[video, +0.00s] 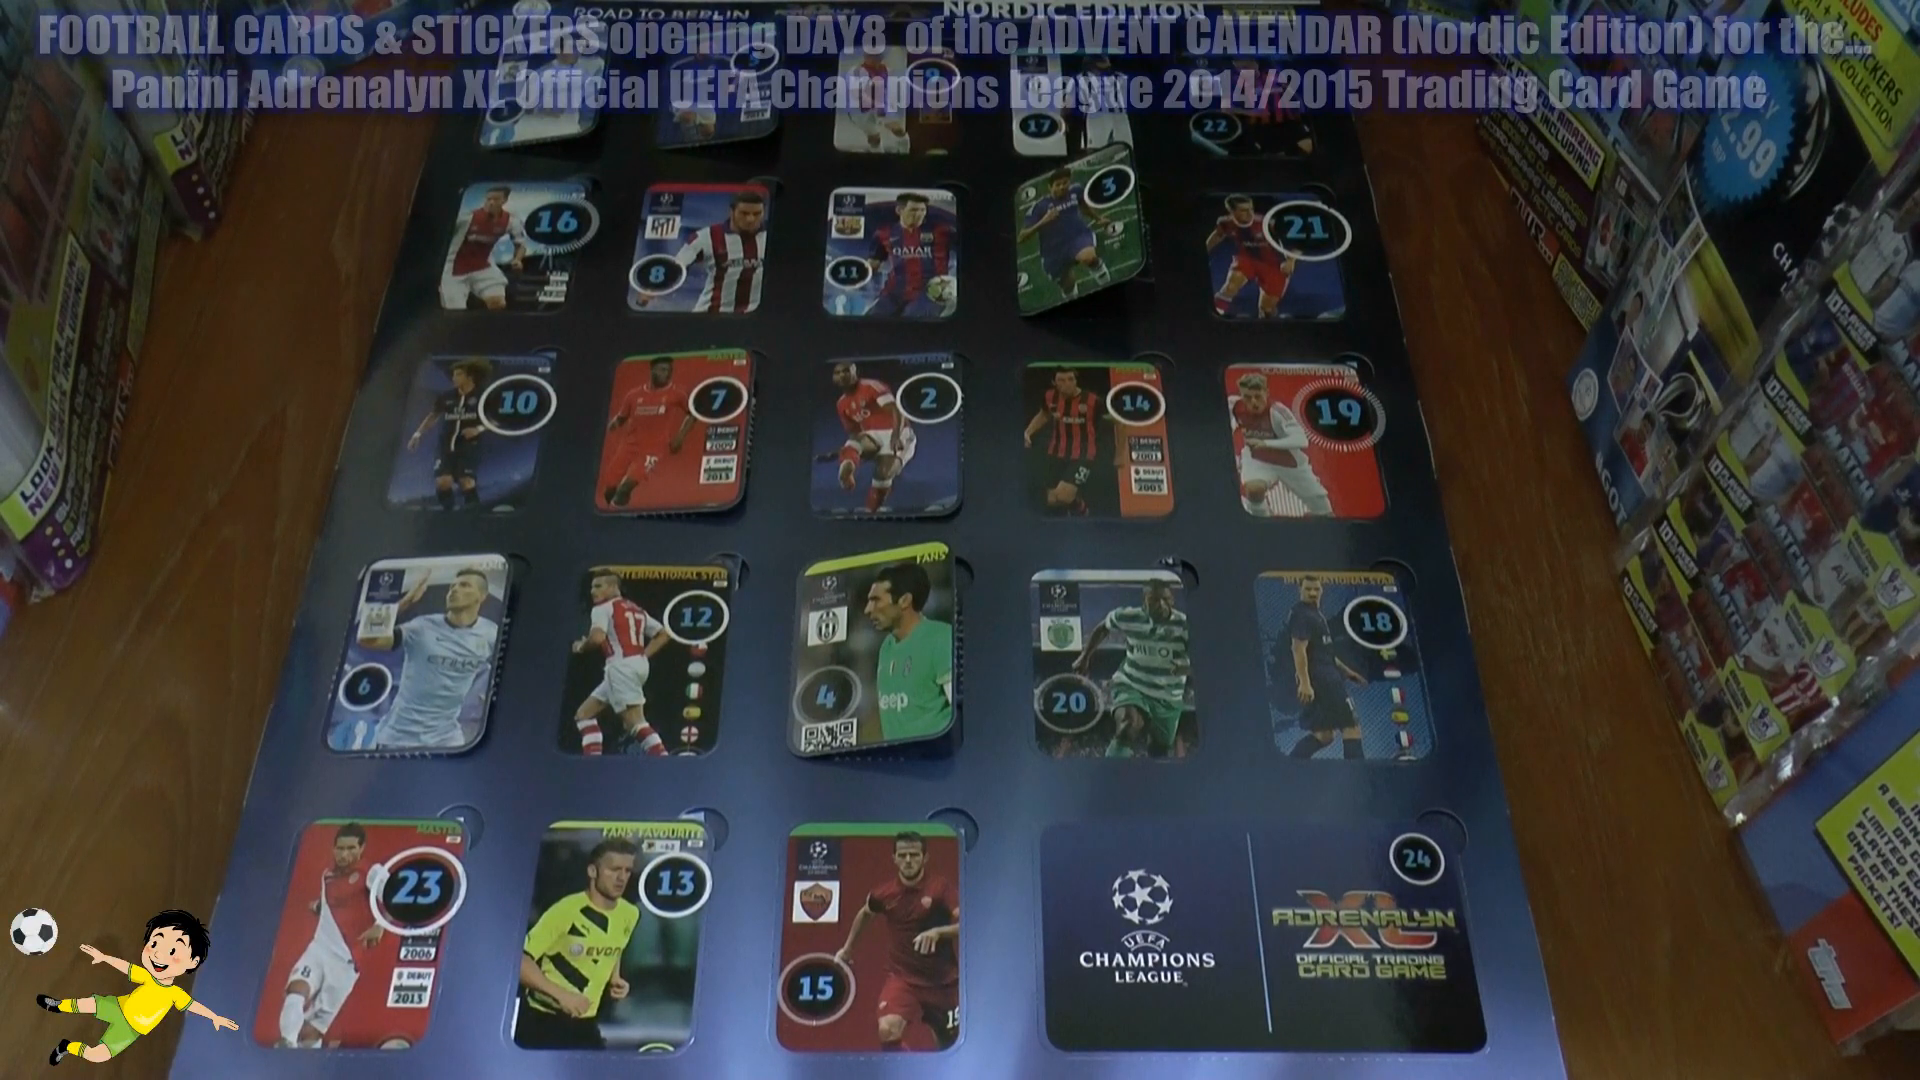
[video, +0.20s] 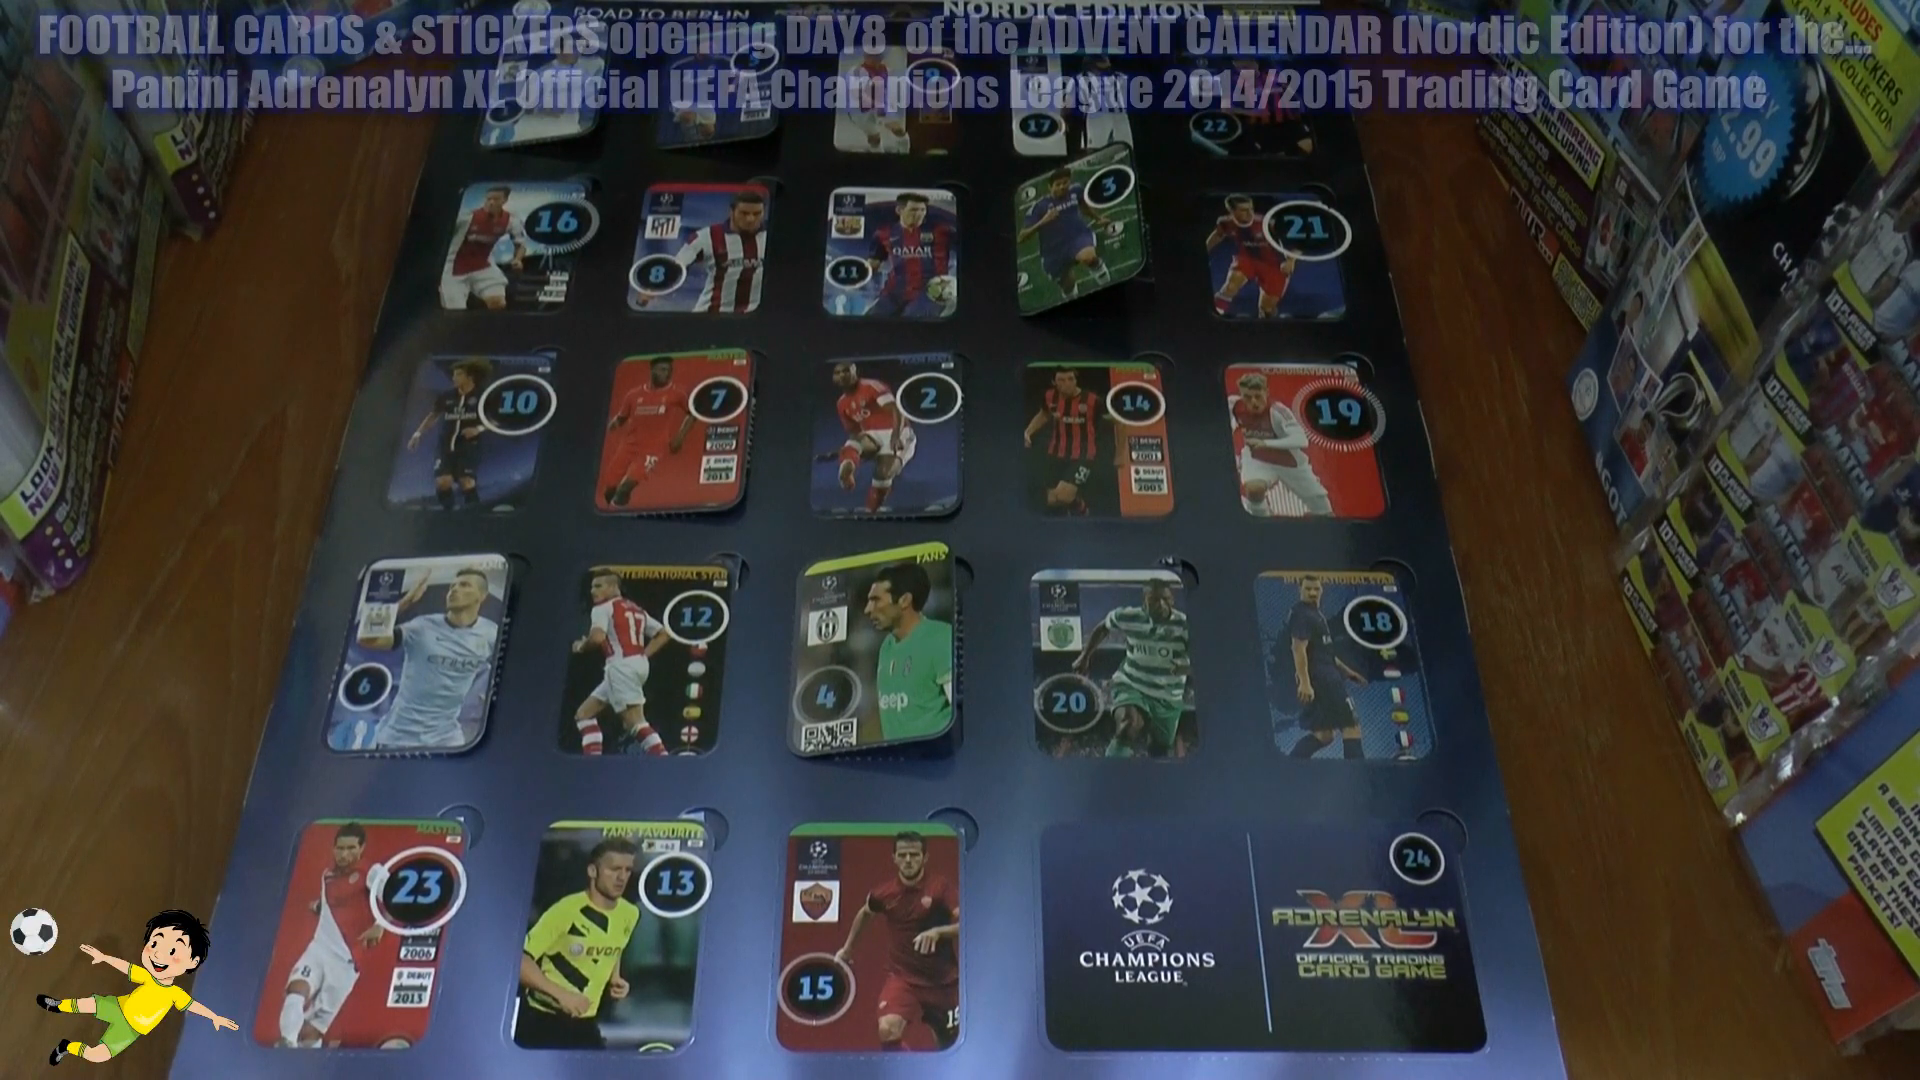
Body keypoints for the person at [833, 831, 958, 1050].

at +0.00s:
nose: (908, 861)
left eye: (914, 855)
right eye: (902, 856)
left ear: (924, 858)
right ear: (894, 859)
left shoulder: (940, 889)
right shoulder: (882, 894)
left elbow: (966, 925)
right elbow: (864, 914)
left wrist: (938, 932)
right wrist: (847, 948)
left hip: (942, 982)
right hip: (902, 978)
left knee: (952, 1050)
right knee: (887, 1031)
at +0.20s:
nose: (908, 861)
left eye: (914, 855)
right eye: (902, 855)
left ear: (924, 858)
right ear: (894, 859)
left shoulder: (940, 888)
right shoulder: (882, 894)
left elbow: (966, 924)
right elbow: (864, 914)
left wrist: (938, 931)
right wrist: (847, 948)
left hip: (942, 982)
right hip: (902, 978)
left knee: (952, 1049)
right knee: (887, 1030)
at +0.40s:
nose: (908, 860)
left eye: (914, 854)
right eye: (902, 854)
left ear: (924, 857)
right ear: (894, 858)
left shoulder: (940, 887)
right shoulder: (882, 894)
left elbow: (965, 924)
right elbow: (864, 913)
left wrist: (938, 931)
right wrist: (847, 947)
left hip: (943, 981)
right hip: (902, 977)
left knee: (952, 1048)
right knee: (887, 1030)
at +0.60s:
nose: (908, 861)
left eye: (914, 855)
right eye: (902, 856)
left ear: (924, 858)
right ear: (894, 859)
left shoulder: (940, 888)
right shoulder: (882, 894)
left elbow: (965, 925)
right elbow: (864, 914)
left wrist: (938, 932)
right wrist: (847, 948)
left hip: (942, 982)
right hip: (902, 978)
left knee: (951, 1048)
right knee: (888, 1031)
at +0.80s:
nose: (908, 862)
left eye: (914, 856)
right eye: (902, 856)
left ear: (924, 858)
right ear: (894, 860)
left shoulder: (940, 889)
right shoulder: (883, 895)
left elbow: (965, 925)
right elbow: (864, 915)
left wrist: (938, 932)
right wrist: (847, 949)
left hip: (943, 983)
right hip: (903, 979)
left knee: (951, 1049)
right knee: (888, 1031)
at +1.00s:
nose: (908, 863)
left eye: (914, 857)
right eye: (902, 857)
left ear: (924, 859)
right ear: (894, 861)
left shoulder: (940, 889)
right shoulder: (883, 896)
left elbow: (965, 926)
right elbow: (864, 916)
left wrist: (938, 933)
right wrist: (847, 950)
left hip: (942, 984)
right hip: (902, 980)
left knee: (951, 1050)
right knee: (887, 1033)